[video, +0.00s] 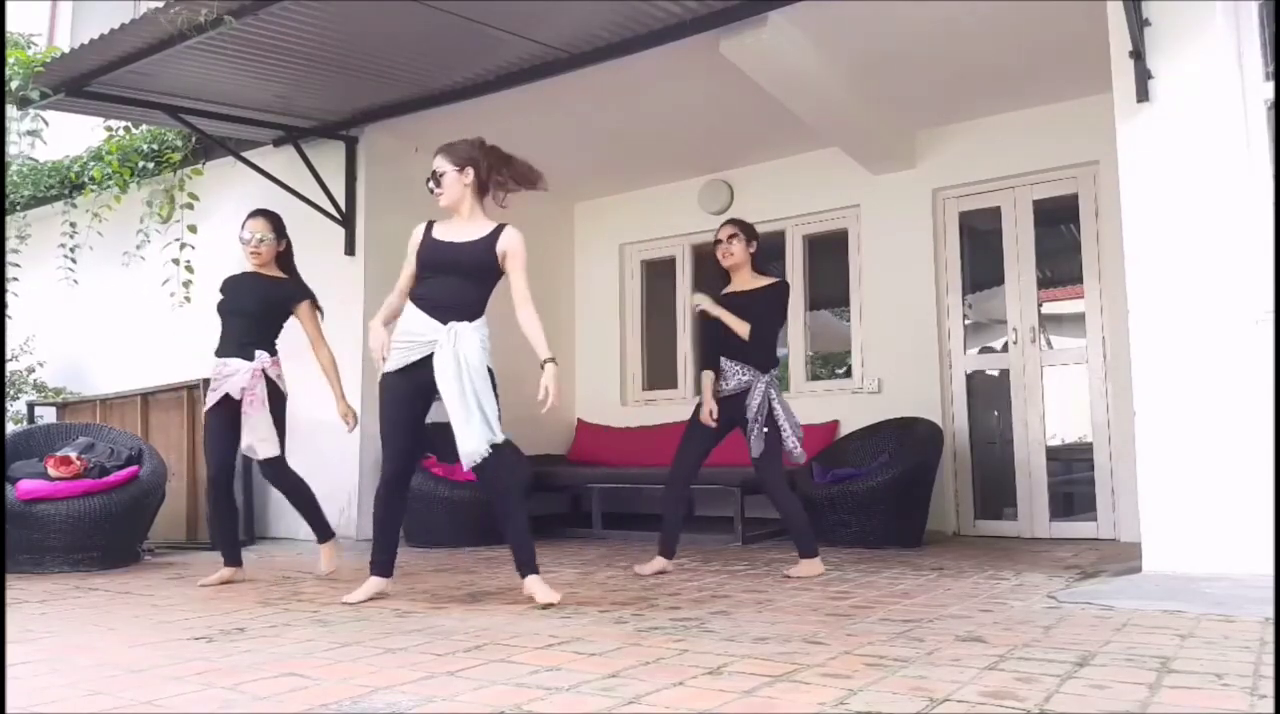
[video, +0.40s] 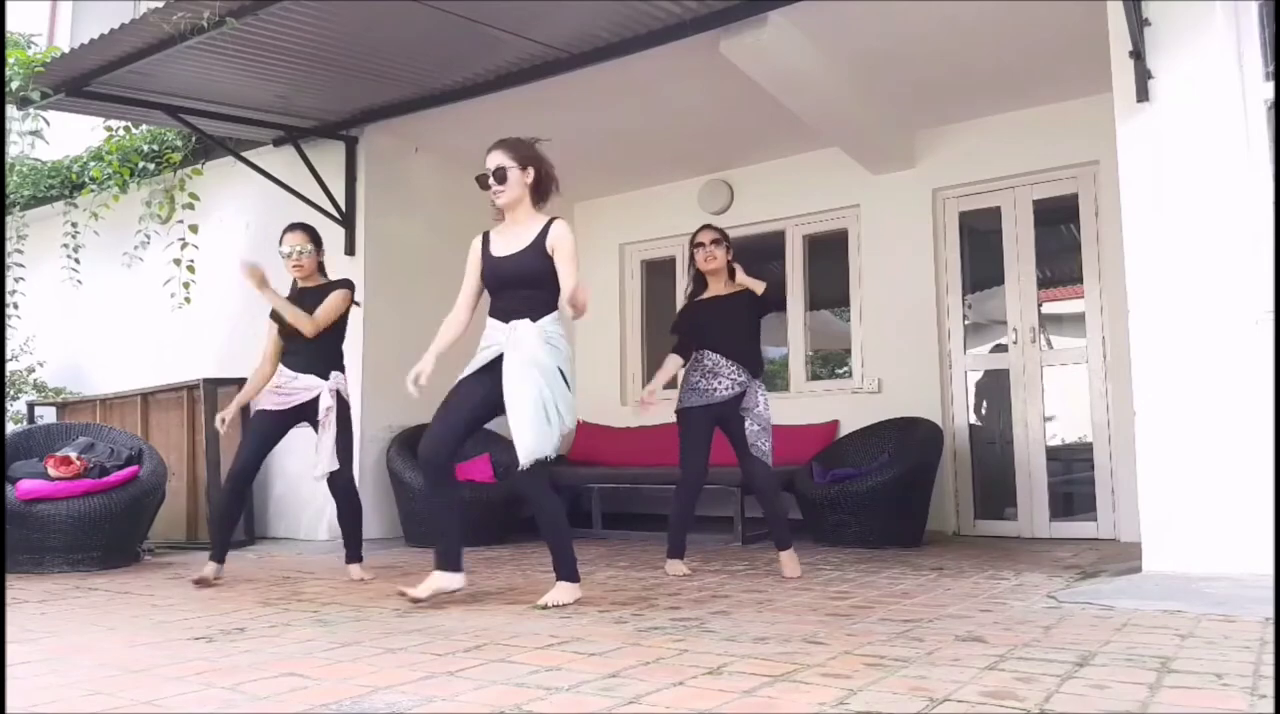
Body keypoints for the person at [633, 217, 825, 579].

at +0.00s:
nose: (723, 248)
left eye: (731, 240)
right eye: (719, 243)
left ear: (751, 246)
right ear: (717, 253)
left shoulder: (775, 288)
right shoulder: (720, 297)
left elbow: (761, 337)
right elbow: (710, 349)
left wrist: (718, 311)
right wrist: (707, 393)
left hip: (756, 391)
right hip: (720, 392)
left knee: (771, 478)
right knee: (681, 471)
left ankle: (810, 559)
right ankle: (665, 556)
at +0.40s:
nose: (708, 250)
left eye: (714, 244)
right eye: (700, 247)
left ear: (728, 251)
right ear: (693, 258)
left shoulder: (751, 293)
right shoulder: (693, 308)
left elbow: (787, 302)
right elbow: (680, 351)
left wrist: (746, 280)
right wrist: (656, 383)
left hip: (742, 393)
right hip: (697, 395)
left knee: (760, 476)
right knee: (692, 476)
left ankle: (785, 548)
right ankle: (674, 555)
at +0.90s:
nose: (741, 252)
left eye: (749, 246)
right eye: (734, 247)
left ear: (761, 255)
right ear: (726, 255)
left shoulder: (769, 302)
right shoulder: (709, 300)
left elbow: (802, 297)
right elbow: (696, 341)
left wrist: (774, 266)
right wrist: (692, 372)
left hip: (758, 393)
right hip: (715, 391)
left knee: (774, 475)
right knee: (689, 473)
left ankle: (801, 557)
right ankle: (683, 556)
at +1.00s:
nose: (753, 255)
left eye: (761, 249)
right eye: (746, 249)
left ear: (771, 258)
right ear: (736, 257)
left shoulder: (775, 302)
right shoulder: (717, 298)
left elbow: (802, 293)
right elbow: (713, 329)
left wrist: (784, 269)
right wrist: (720, 340)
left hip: (766, 391)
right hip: (727, 391)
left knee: (773, 474)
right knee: (685, 472)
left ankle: (802, 558)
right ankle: (691, 554)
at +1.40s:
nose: (728, 252)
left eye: (735, 246)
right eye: (720, 246)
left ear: (746, 254)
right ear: (711, 256)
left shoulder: (762, 291)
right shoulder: (707, 306)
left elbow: (784, 279)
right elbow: (709, 343)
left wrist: (753, 258)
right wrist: (707, 365)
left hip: (751, 389)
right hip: (713, 389)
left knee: (764, 475)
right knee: (681, 470)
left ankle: (799, 550)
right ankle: (682, 555)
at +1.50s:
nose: (713, 254)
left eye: (720, 248)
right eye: (705, 249)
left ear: (731, 255)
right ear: (696, 259)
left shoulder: (751, 293)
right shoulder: (692, 306)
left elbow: (782, 290)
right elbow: (688, 349)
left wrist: (744, 264)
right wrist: (674, 383)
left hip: (743, 393)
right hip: (697, 393)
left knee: (761, 474)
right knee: (682, 475)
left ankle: (789, 548)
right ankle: (666, 558)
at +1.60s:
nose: (700, 255)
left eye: (707, 248)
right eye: (692, 251)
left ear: (721, 254)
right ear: (687, 261)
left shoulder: (745, 294)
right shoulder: (687, 308)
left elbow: (781, 290)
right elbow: (663, 341)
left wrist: (742, 265)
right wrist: (635, 358)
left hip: (737, 397)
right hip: (692, 397)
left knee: (769, 467)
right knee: (683, 476)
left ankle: (772, 550)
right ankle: (664, 558)